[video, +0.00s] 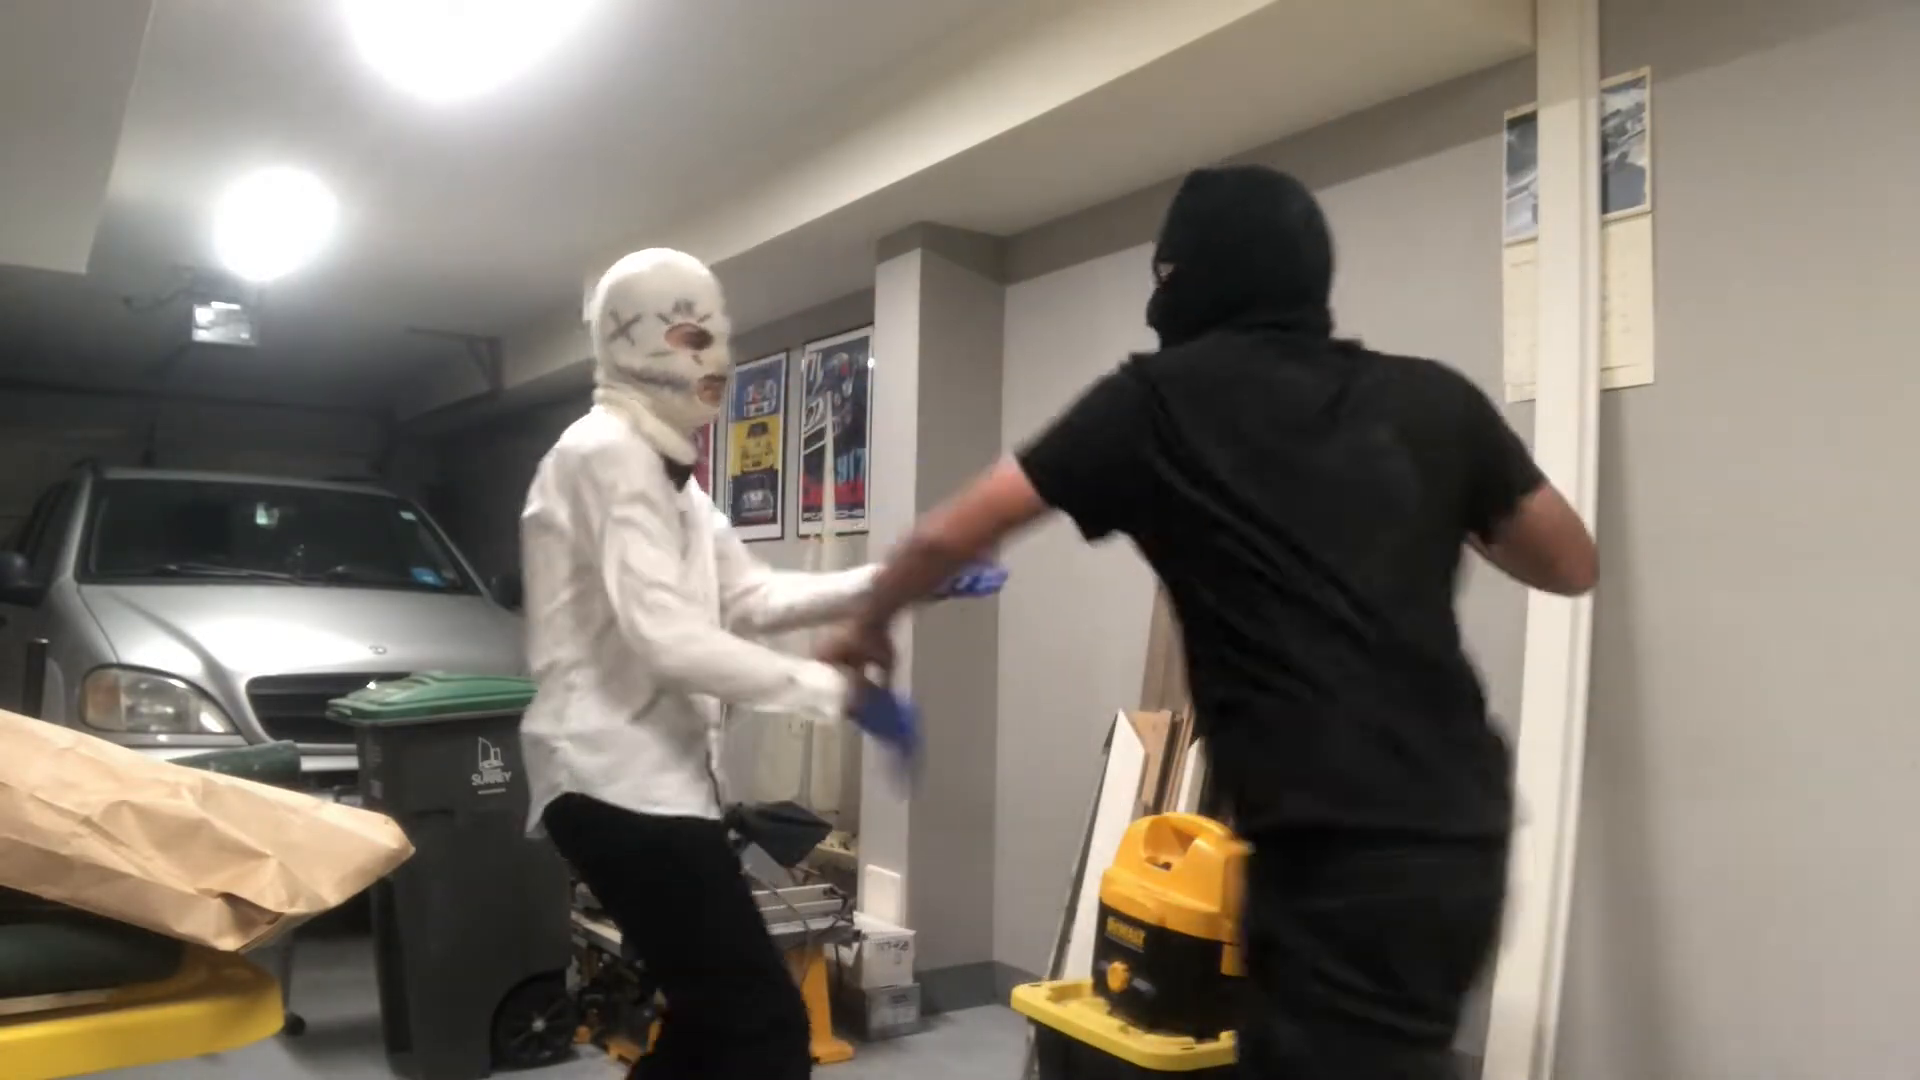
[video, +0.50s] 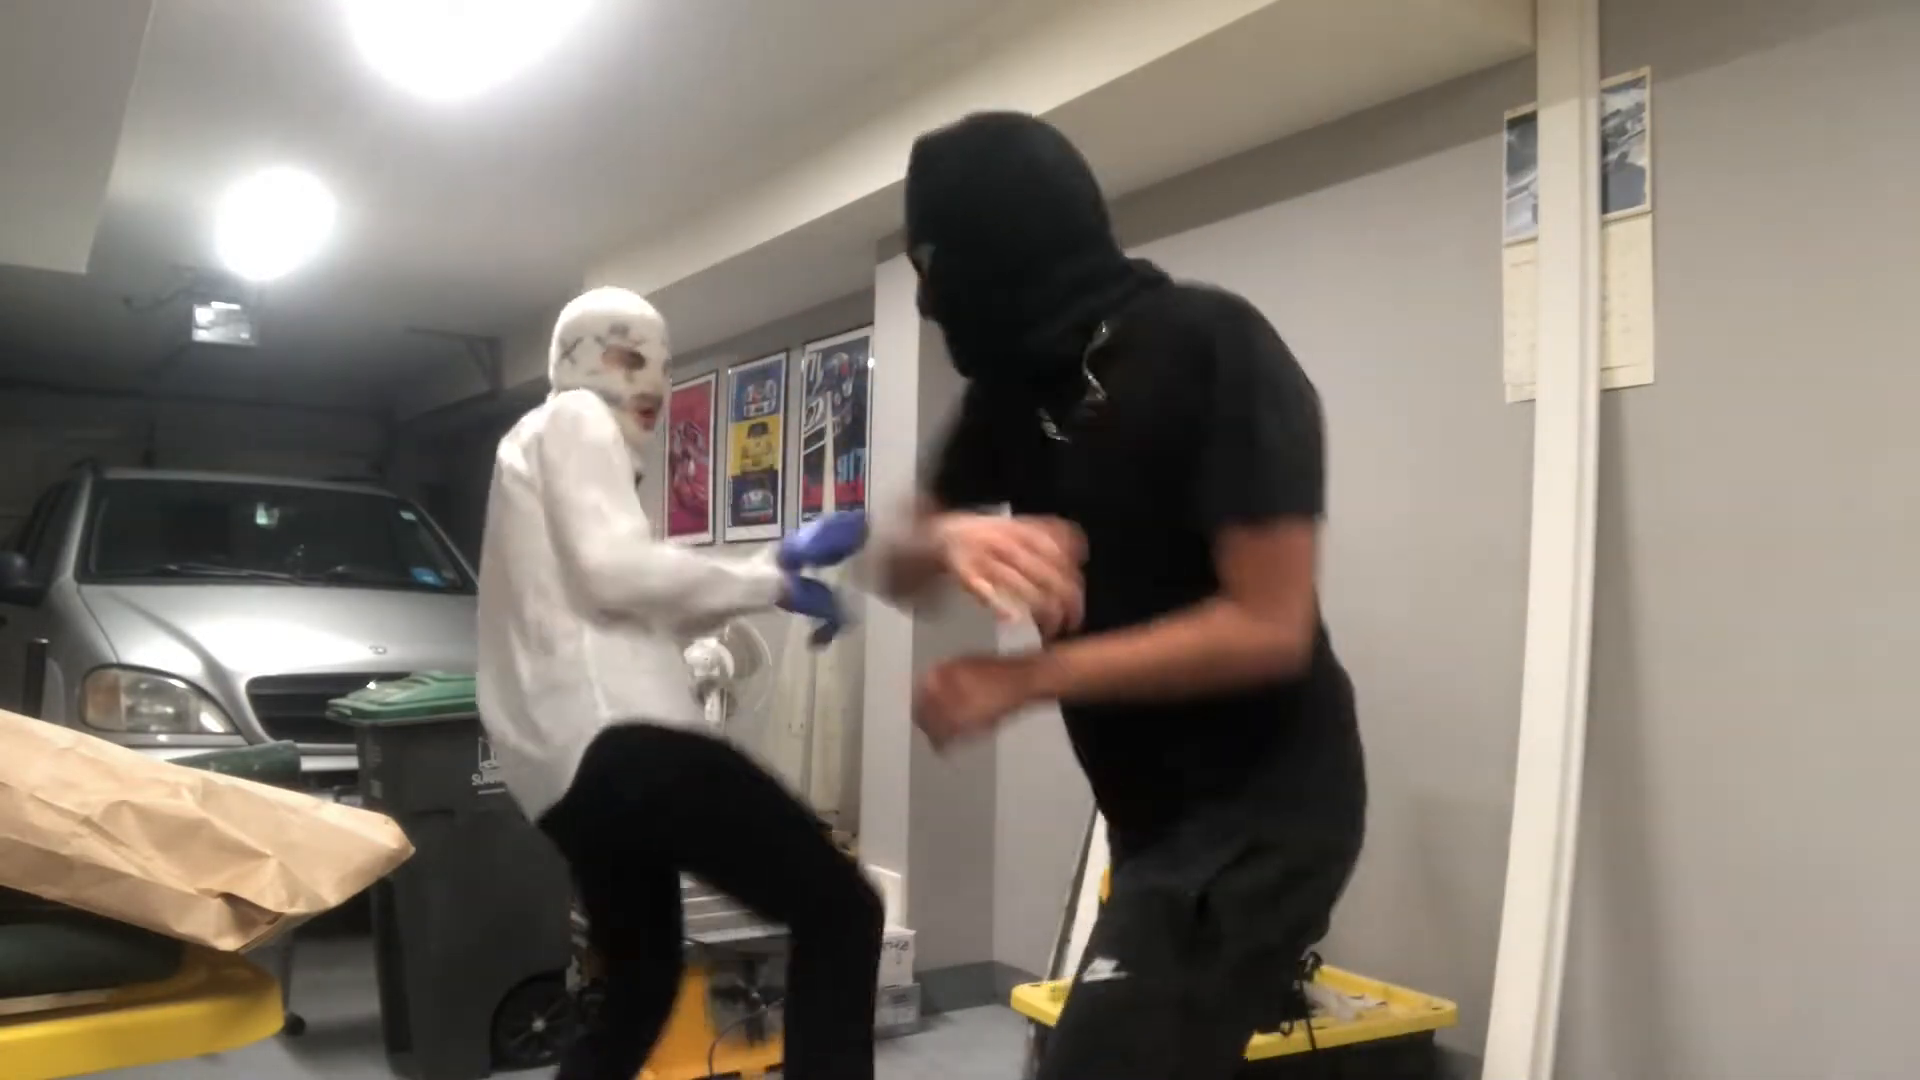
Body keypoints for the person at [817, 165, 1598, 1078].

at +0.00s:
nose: (1157, 288)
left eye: (1164, 268)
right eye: (1163, 267)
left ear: (1186, 276)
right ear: (1313, 275)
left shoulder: (1154, 399)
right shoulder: (1428, 399)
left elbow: (948, 537)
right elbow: (1573, 565)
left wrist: (871, 615)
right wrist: (1460, 492)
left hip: (1317, 839)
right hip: (1459, 830)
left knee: (1330, 1058)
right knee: (1393, 1051)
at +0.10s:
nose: (1115, 277)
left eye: (1124, 256)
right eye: (1122, 256)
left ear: (1146, 263)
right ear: (1262, 262)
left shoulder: (1141, 364)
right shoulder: (1369, 398)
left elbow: (952, 492)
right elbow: (1526, 582)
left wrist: (888, 577)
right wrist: (1395, 535)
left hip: (1274, 833)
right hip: (1400, 825)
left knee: (1268, 1055)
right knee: (1306, 1047)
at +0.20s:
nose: (1051, 262)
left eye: (1063, 235)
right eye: (1055, 236)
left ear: (1107, 241)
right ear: (1188, 235)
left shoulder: (1180, 335)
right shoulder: (1257, 355)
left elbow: (1242, 486)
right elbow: (1392, 585)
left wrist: (1059, 602)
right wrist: (1217, 584)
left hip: (1266, 829)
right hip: (1317, 823)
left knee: (1171, 1054)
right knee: (1182, 1052)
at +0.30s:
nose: (996, 283)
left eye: (1014, 251)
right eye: (1001, 253)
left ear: (1082, 261)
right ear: (1094, 266)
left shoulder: (1258, 375)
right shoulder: (1112, 405)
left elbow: (1462, 553)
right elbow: (1121, 574)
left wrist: (1221, 700)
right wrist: (931, 528)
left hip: (1265, 850)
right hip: (1162, 837)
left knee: (1049, 1062)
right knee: (1112, 1060)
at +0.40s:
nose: (957, 305)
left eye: (974, 271)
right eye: (956, 274)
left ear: (1046, 267)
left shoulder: (1246, 396)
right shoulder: (1036, 421)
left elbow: (1379, 647)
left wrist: (1147, 736)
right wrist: (842, 500)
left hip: (1271, 834)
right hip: (1146, 829)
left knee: (1071, 1057)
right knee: (1121, 1057)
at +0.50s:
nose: (927, 302)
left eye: (937, 266)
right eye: (921, 271)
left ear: (1008, 248)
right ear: (1006, 255)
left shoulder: (1216, 349)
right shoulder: (1010, 396)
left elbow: (1274, 628)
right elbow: (901, 560)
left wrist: (1029, 677)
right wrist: (951, 539)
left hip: (1265, 803)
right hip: (1152, 810)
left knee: (1094, 1061)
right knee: (1157, 1059)